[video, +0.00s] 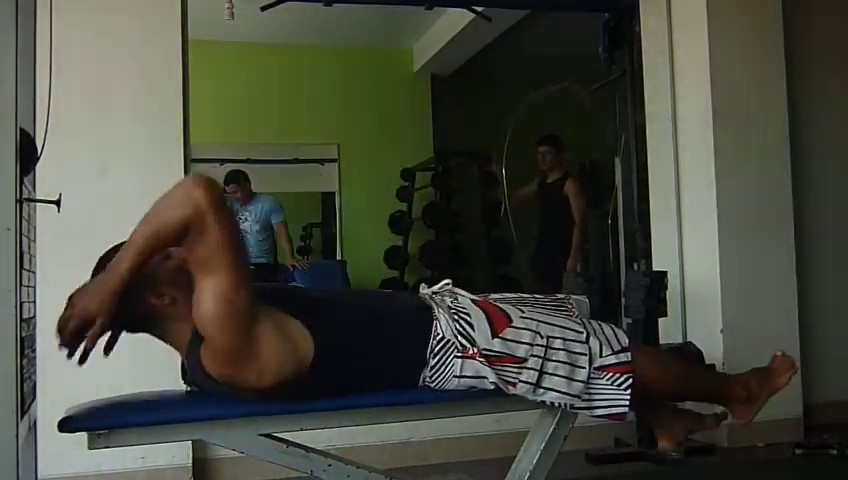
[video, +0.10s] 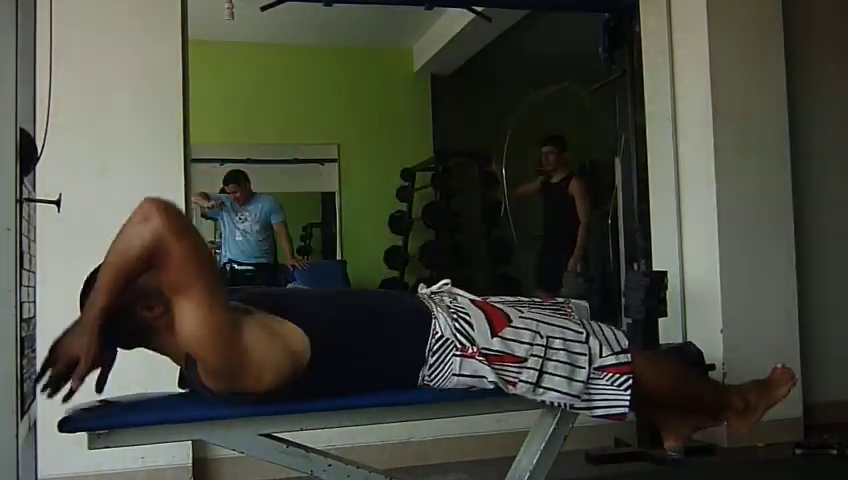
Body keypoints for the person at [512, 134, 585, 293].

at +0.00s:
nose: (541, 158)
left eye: (546, 153)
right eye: (539, 154)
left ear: (558, 155)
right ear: (537, 156)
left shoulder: (569, 184)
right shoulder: (541, 184)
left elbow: (579, 223)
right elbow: (513, 197)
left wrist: (573, 257)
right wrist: (499, 178)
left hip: (561, 249)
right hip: (542, 247)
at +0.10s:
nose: (545, 158)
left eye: (550, 154)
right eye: (543, 154)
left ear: (562, 155)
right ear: (541, 156)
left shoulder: (574, 183)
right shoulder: (544, 183)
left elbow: (585, 222)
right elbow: (517, 192)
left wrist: (576, 257)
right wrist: (499, 176)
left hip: (568, 250)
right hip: (548, 248)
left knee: (566, 298)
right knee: (544, 293)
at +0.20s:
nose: (547, 159)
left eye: (552, 154)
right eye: (545, 155)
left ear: (564, 155)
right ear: (543, 157)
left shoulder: (577, 184)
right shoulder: (546, 183)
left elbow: (588, 222)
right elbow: (516, 191)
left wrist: (580, 256)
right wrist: (498, 174)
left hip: (571, 247)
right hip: (551, 245)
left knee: (568, 294)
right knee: (544, 292)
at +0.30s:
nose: (549, 159)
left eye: (553, 154)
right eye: (547, 155)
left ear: (565, 155)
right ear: (544, 157)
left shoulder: (579, 183)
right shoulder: (548, 182)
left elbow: (590, 221)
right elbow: (516, 190)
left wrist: (584, 255)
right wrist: (498, 173)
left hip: (573, 247)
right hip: (553, 245)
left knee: (570, 294)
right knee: (545, 293)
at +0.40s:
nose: (549, 159)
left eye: (554, 154)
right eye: (547, 155)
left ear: (566, 155)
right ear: (545, 157)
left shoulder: (580, 183)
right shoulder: (548, 182)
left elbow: (591, 220)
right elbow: (517, 189)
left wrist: (586, 254)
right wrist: (499, 174)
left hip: (574, 246)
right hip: (553, 245)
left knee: (571, 291)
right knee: (546, 290)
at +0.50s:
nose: (549, 159)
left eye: (553, 154)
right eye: (547, 155)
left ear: (565, 155)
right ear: (544, 157)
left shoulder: (579, 183)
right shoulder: (547, 182)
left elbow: (591, 220)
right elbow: (517, 188)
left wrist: (586, 255)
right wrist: (499, 174)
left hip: (574, 247)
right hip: (553, 246)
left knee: (571, 293)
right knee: (547, 292)